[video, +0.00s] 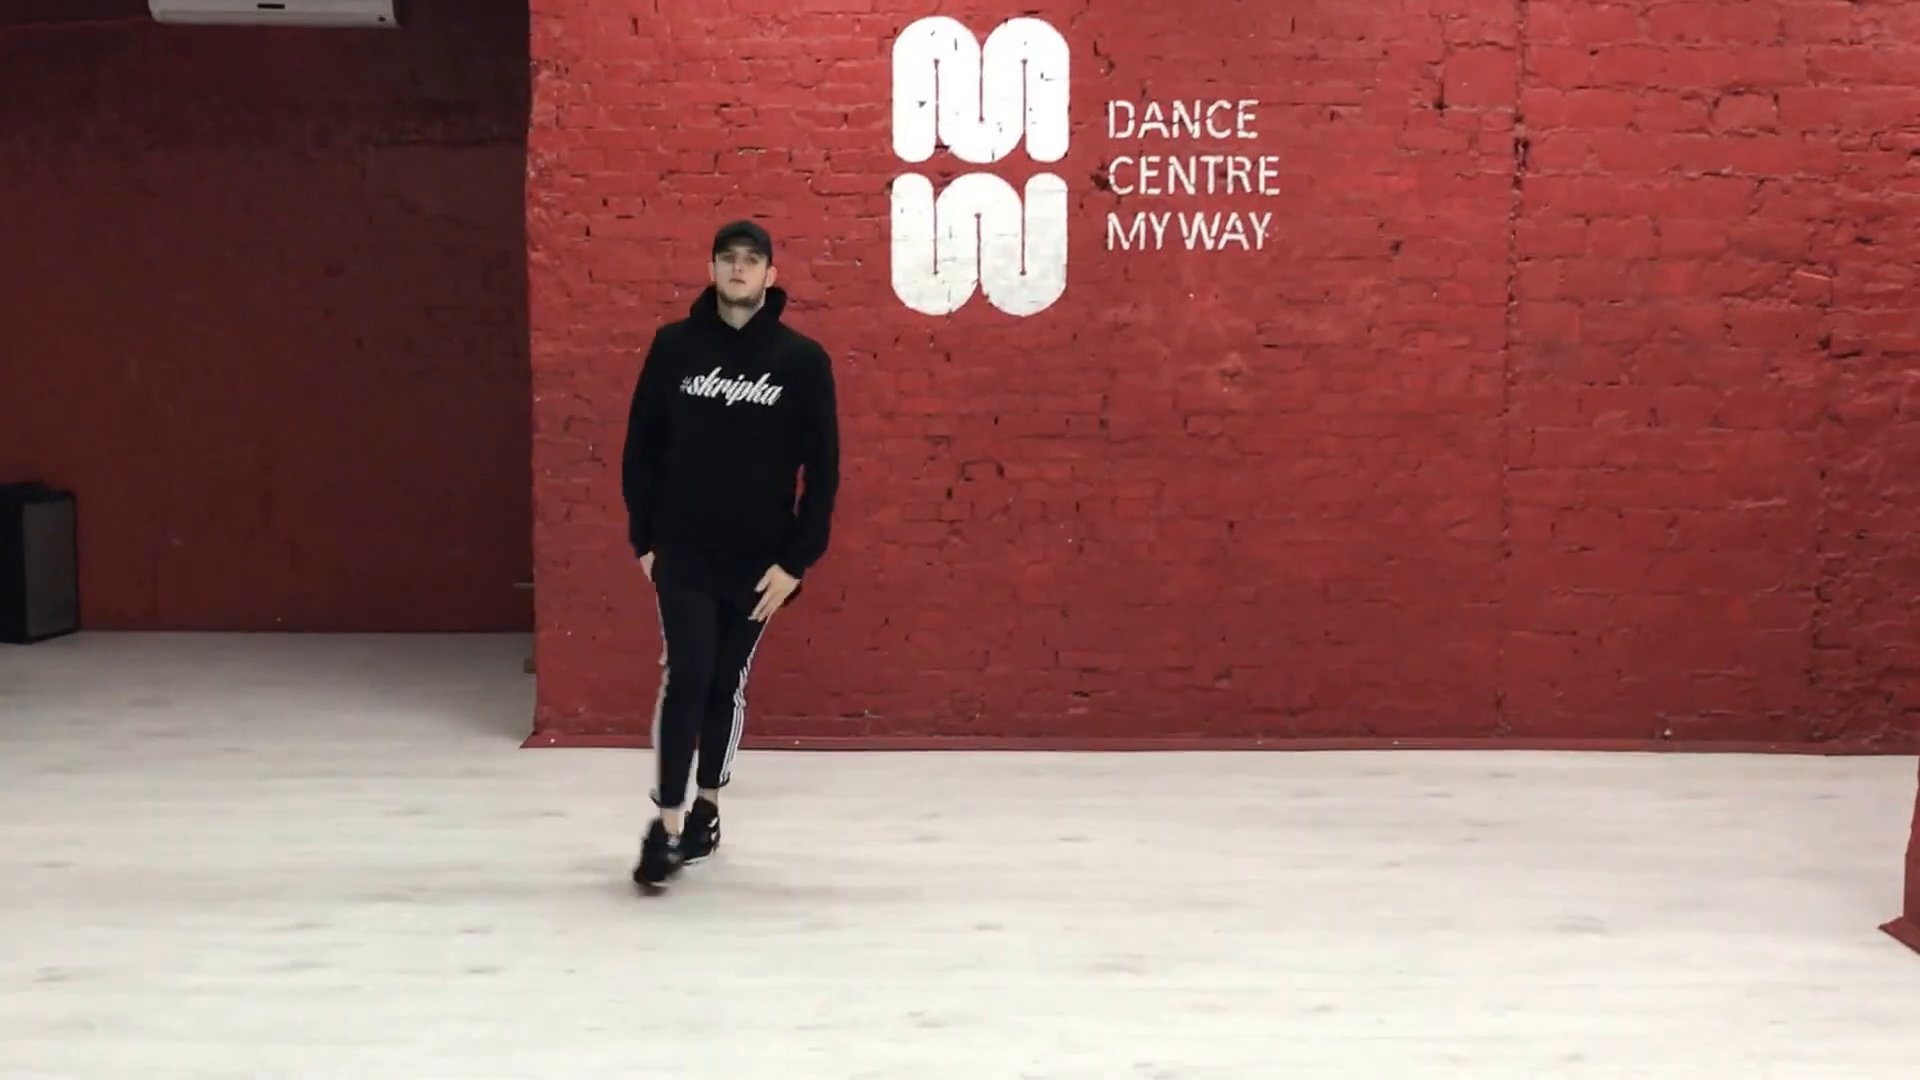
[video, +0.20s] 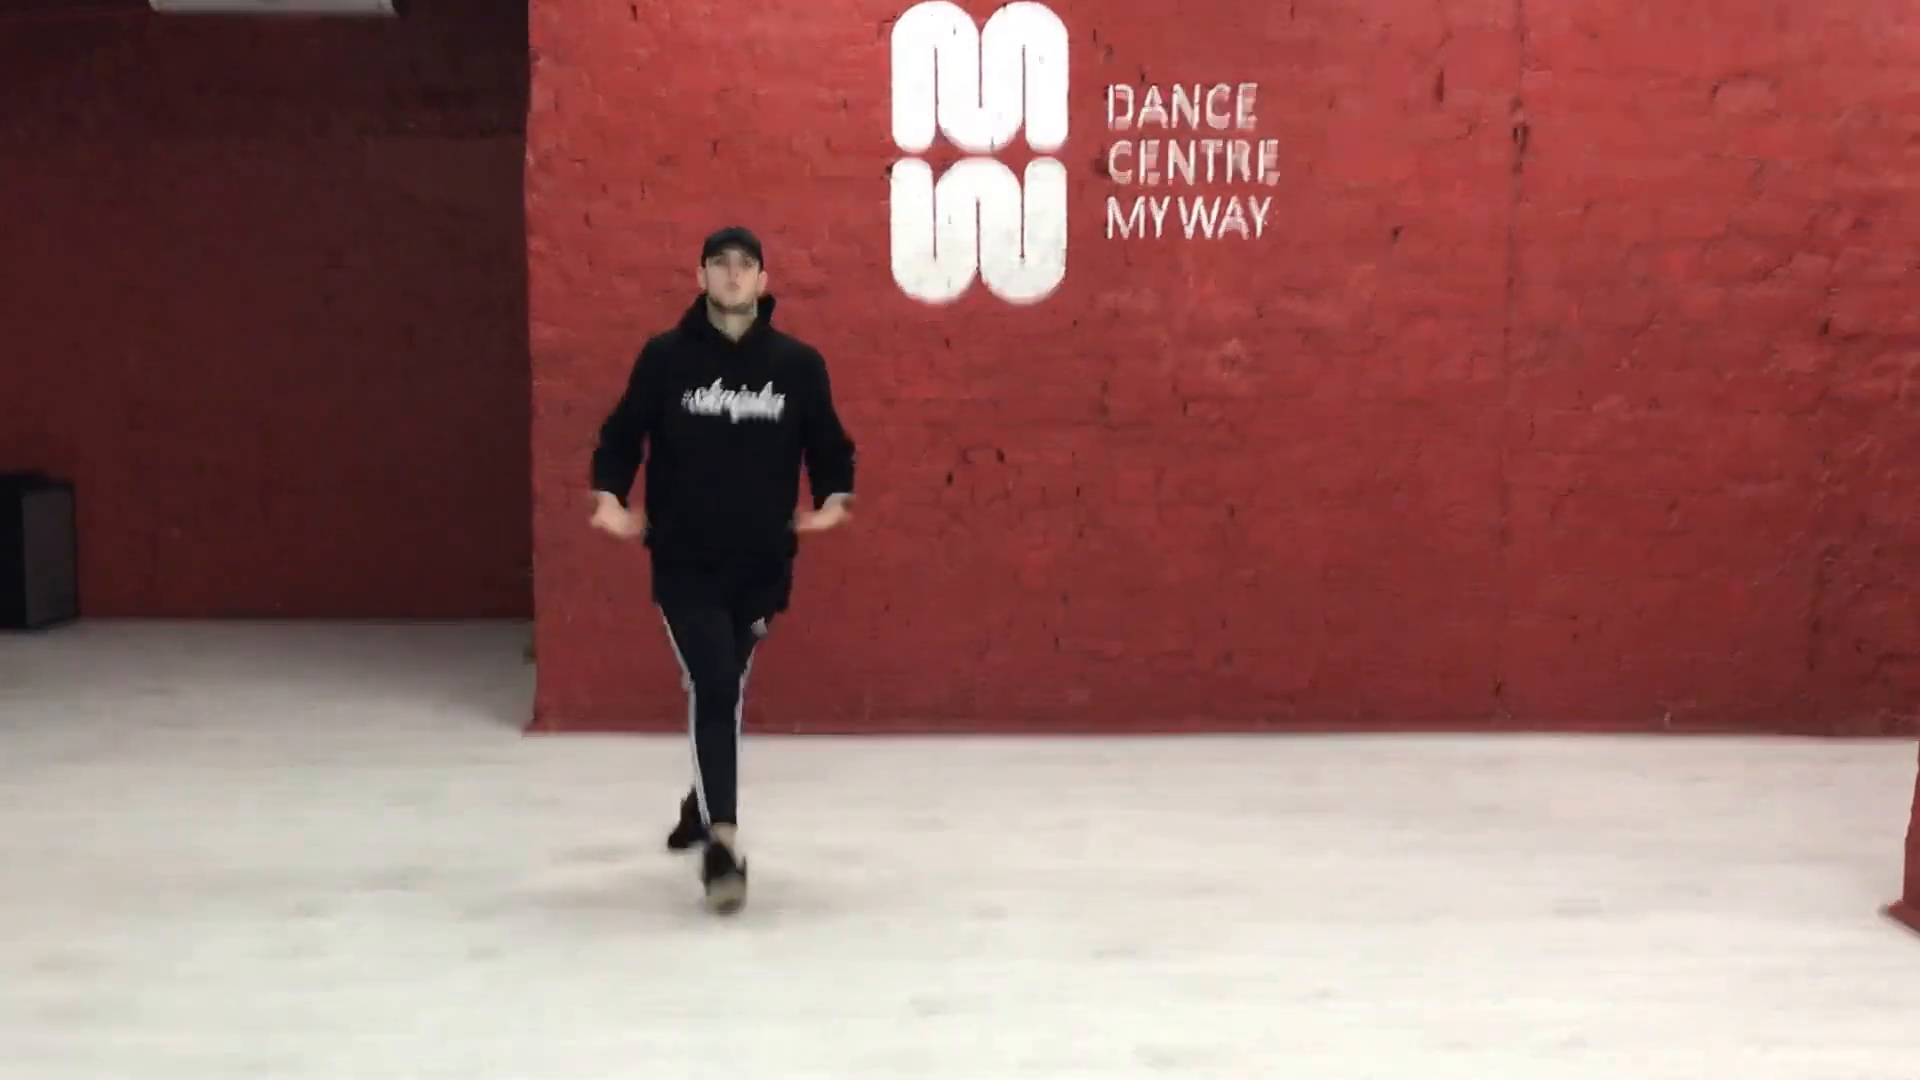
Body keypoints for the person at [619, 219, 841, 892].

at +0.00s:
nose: (737, 270)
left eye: (750, 261)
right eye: (727, 259)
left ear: (769, 272)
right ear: (711, 269)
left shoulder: (802, 359)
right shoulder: (675, 344)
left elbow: (823, 470)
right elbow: (641, 446)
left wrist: (796, 562)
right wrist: (645, 540)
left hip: (755, 549)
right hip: (680, 543)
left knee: (725, 684)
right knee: (686, 676)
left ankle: (707, 805)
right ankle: (667, 821)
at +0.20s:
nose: (731, 276)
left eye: (744, 266)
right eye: (719, 265)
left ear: (762, 279)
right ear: (701, 276)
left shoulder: (797, 364)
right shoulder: (665, 357)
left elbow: (830, 445)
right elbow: (622, 433)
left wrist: (834, 499)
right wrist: (609, 496)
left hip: (761, 551)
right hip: (683, 549)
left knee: (726, 689)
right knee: (713, 685)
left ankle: (700, 802)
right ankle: (722, 843)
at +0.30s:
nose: (733, 257)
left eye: (745, 247)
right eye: (720, 246)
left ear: (762, 260)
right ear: (700, 259)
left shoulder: (798, 345)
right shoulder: (665, 341)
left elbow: (834, 432)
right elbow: (624, 431)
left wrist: (828, 447)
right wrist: (635, 438)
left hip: (765, 542)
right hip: (687, 540)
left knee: (731, 687)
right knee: (717, 681)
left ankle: (700, 800)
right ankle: (722, 843)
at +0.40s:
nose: (737, 240)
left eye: (748, 230)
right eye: (723, 230)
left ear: (765, 243)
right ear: (702, 243)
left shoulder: (801, 328)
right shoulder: (671, 327)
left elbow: (847, 430)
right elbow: (631, 435)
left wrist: (831, 399)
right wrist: (639, 396)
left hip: (770, 534)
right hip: (691, 533)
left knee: (748, 687)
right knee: (724, 680)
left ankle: (705, 787)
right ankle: (727, 838)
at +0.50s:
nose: (744, 236)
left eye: (755, 225)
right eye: (730, 225)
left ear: (771, 239)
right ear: (707, 238)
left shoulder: (805, 324)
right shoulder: (674, 323)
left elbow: (855, 422)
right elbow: (617, 426)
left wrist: (842, 394)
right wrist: (642, 388)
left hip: (779, 535)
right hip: (697, 534)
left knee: (774, 693)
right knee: (731, 684)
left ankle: (721, 774)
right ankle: (730, 835)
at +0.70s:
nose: (770, 209)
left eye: (780, 198)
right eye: (756, 197)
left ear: (793, 212)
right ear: (727, 208)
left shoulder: (819, 304)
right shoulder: (686, 296)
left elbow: (857, 411)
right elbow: (635, 402)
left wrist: (925, 361)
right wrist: (588, 349)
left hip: (799, 522)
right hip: (713, 522)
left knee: (814, 669)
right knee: (736, 673)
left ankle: (795, 824)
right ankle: (730, 826)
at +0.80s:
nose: (786, 216)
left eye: (797, 204)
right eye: (773, 201)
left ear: (807, 211)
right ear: (742, 200)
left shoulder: (827, 296)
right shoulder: (692, 281)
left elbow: (883, 398)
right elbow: (627, 376)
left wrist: (926, 330)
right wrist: (619, 314)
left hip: (810, 517)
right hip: (723, 516)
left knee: (813, 674)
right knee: (746, 673)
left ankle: (825, 846)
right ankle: (731, 822)